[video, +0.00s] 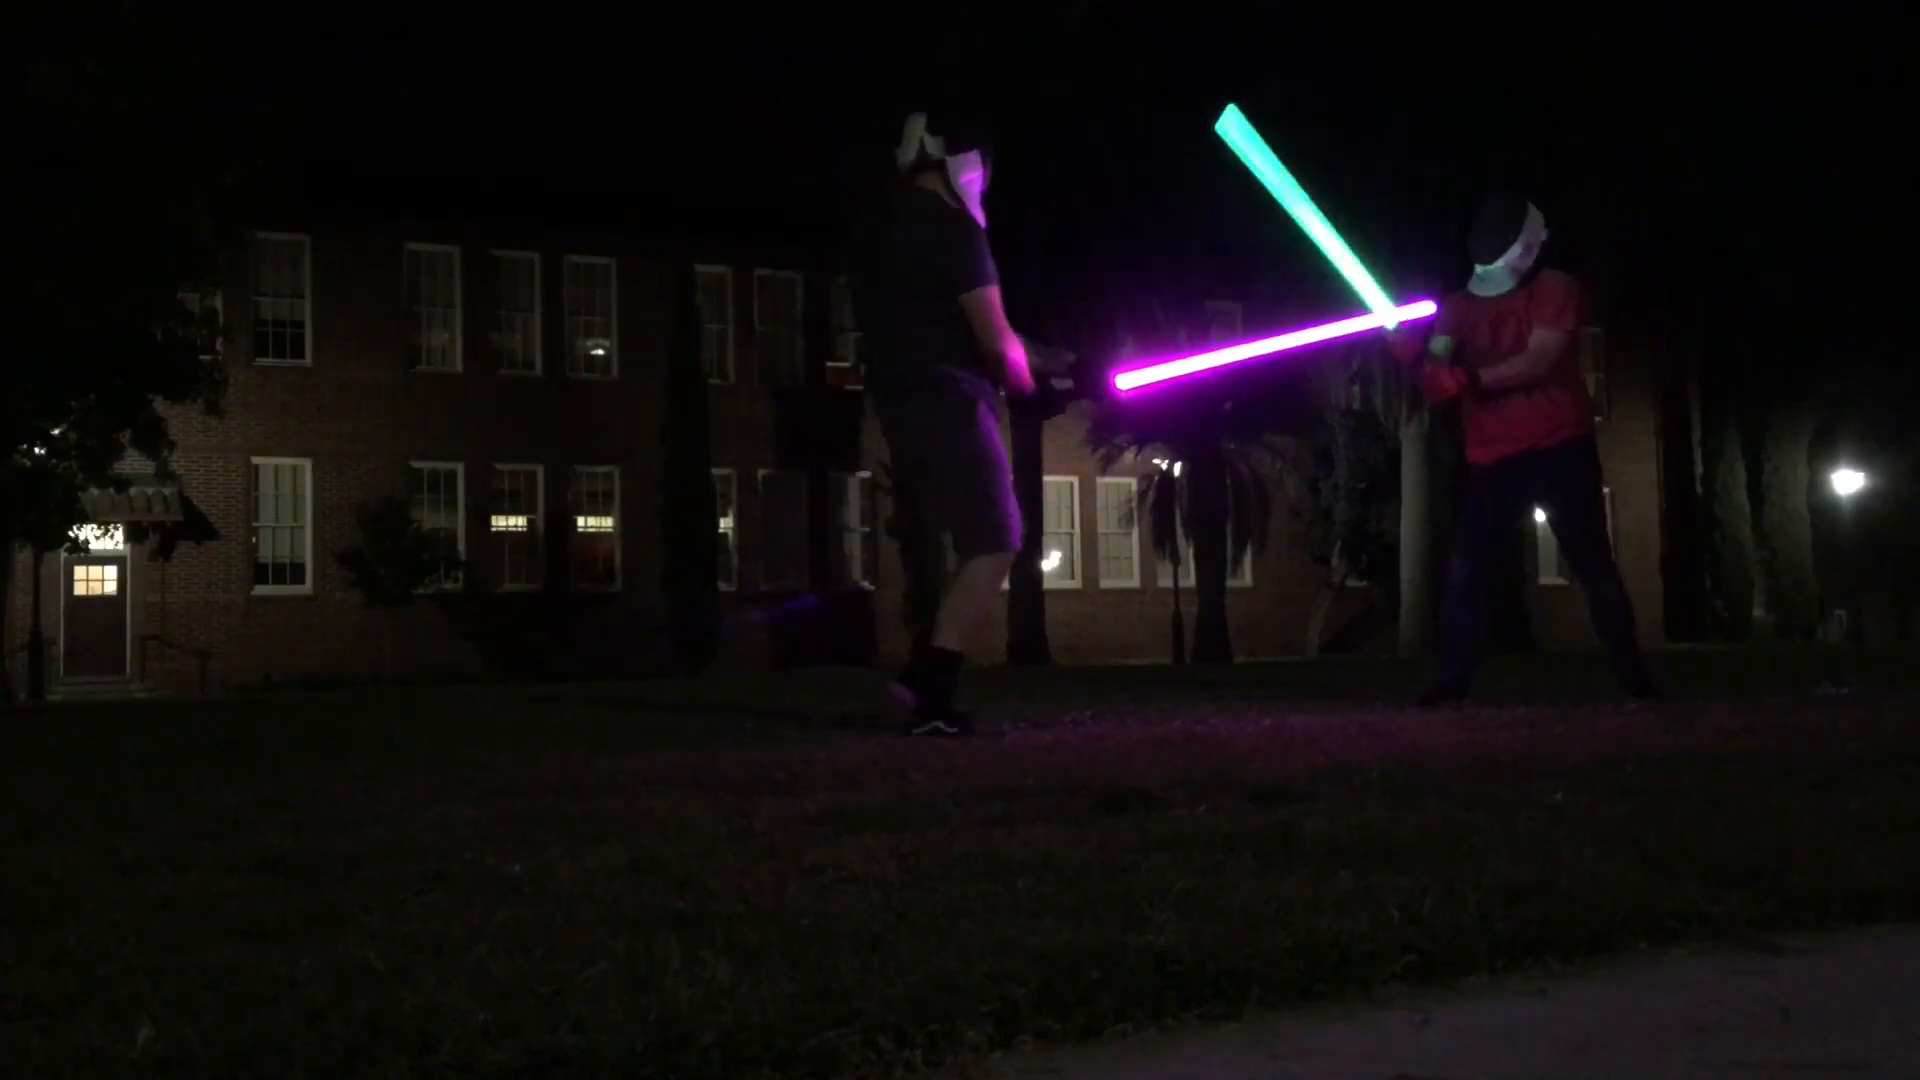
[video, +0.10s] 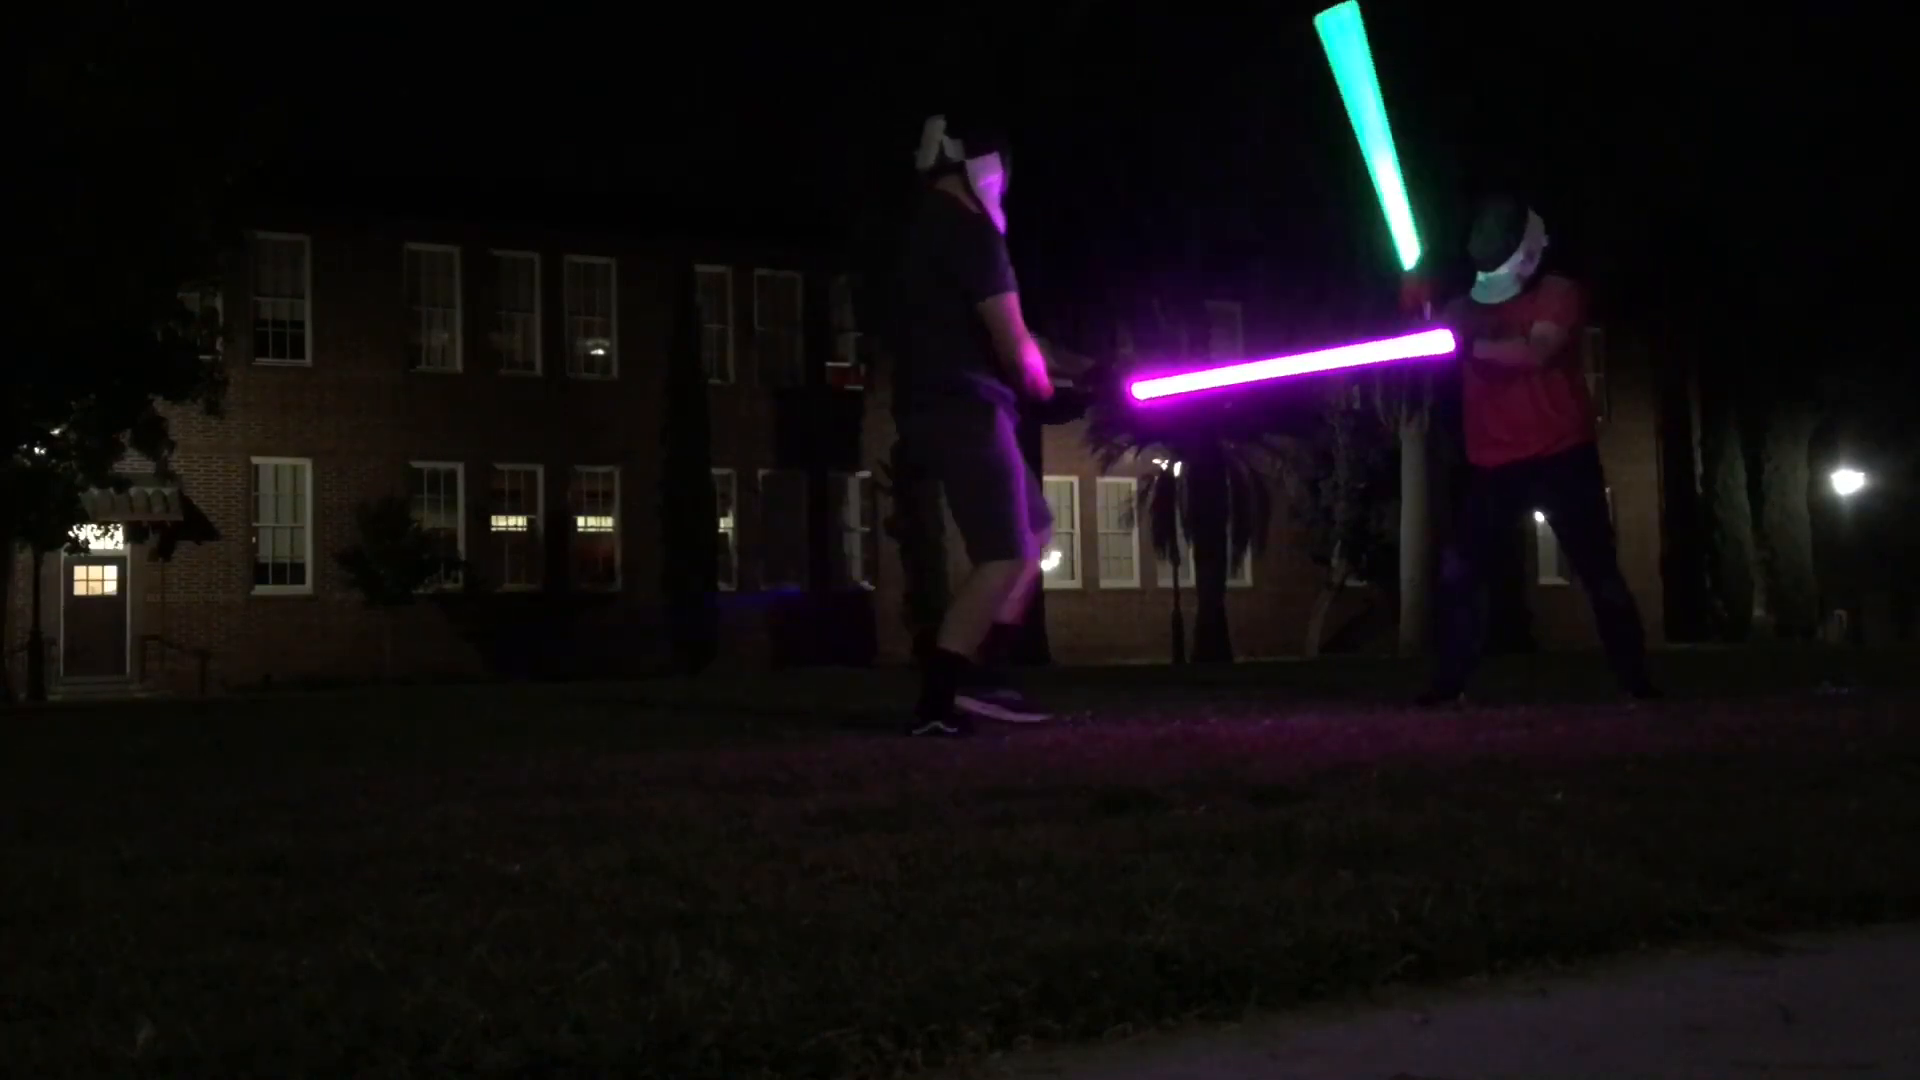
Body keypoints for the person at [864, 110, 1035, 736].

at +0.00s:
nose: (982, 178)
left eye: (980, 164)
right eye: (974, 164)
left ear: (918, 165)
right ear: (948, 166)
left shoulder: (884, 222)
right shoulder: (955, 230)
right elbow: (996, 336)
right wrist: (1024, 380)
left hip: (902, 403)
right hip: (952, 402)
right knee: (996, 541)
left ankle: (927, 684)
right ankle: (934, 688)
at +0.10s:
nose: (1001, 177)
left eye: (998, 164)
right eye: (994, 164)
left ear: (942, 169)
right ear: (969, 167)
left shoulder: (918, 226)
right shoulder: (974, 232)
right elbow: (1013, 343)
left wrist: (1038, 365)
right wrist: (1043, 389)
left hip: (941, 407)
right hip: (972, 410)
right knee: (1009, 553)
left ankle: (986, 676)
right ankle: (941, 696)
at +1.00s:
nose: (1113, 227)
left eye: (1101, 218)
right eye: (1102, 219)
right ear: (1089, 227)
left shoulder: (1120, 293)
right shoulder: (1091, 268)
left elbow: (1194, 278)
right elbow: (1173, 197)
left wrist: (1217, 203)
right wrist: (1200, 177)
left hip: (1150, 439)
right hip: (1121, 432)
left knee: (1225, 547)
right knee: (1155, 542)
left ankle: (1223, 693)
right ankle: (1033, 658)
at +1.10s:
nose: (1143, 227)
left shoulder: (1086, 283)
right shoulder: (1074, 274)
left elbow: (1163, 290)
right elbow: (1156, 197)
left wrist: (1157, 226)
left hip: (1137, 437)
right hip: (1112, 438)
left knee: (1215, 547)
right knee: (1132, 561)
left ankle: (1222, 687)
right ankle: (1006, 651)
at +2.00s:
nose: (848, 206)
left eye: (845, 195)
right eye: (841, 195)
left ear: (786, 199)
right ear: (819, 199)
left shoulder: (758, 256)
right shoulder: (836, 257)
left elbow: (751, 349)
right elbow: (852, 357)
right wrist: (842, 418)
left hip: (752, 427)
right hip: (816, 427)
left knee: (758, 560)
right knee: (887, 537)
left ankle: (739, 705)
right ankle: (873, 685)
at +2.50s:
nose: (801, 200)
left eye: (798, 189)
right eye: (794, 189)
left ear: (746, 192)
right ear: (774, 191)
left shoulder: (720, 242)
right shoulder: (786, 244)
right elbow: (813, 342)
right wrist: (822, 403)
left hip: (720, 413)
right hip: (759, 420)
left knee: (797, 546)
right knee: (715, 558)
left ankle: (751, 684)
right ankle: (683, 701)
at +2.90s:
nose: (856, 237)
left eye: (852, 226)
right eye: (847, 227)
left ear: (802, 233)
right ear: (825, 231)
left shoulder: (789, 284)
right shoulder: (843, 287)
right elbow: (914, 374)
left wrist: (901, 333)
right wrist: (942, 366)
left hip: (828, 457)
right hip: (828, 458)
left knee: (921, 557)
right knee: (825, 595)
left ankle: (966, 696)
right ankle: (702, 699)